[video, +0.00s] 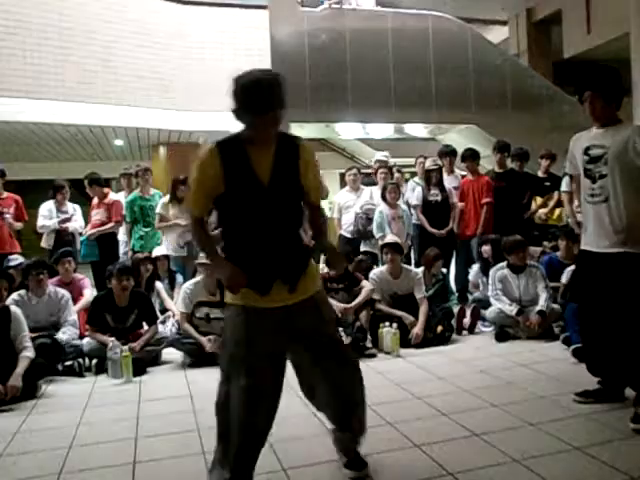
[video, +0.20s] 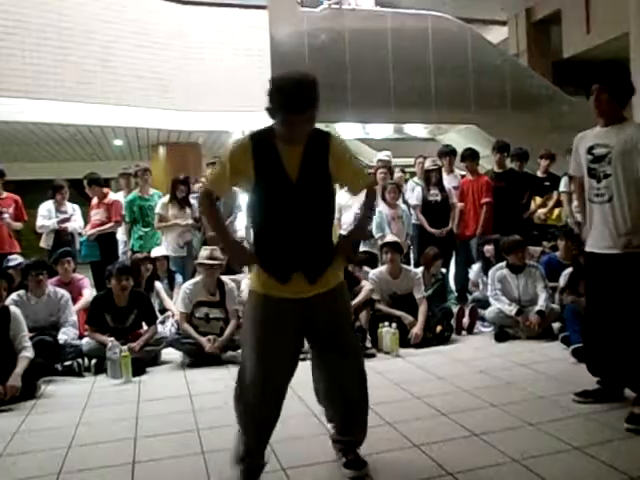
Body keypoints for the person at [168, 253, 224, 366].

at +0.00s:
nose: (208, 270)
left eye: (211, 266)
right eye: (203, 266)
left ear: (218, 267)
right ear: (198, 268)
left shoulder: (226, 289)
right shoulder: (189, 288)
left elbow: (233, 317)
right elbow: (183, 321)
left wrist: (223, 340)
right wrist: (202, 340)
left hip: (221, 336)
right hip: (196, 333)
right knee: (175, 341)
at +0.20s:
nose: (211, 271)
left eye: (215, 267)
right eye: (207, 267)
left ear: (221, 268)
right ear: (199, 268)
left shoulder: (228, 287)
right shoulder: (189, 288)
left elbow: (234, 319)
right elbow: (182, 322)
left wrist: (221, 341)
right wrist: (202, 340)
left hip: (221, 334)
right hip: (196, 334)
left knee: (238, 343)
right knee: (174, 341)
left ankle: (198, 359)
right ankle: (223, 357)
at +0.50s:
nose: (210, 271)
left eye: (214, 267)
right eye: (206, 267)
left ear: (220, 269)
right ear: (199, 269)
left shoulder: (228, 289)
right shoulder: (188, 289)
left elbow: (234, 320)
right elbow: (182, 323)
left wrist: (221, 342)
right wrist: (201, 341)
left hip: (222, 334)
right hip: (197, 334)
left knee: (251, 337)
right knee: (173, 342)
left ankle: (200, 360)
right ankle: (221, 358)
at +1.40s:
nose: (207, 261)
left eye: (211, 257)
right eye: (203, 257)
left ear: (217, 259)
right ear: (196, 259)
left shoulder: (225, 279)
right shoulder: (185, 279)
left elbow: (230, 310)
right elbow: (177, 311)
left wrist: (217, 332)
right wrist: (197, 331)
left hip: (217, 325)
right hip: (192, 325)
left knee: (239, 332)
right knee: (169, 332)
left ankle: (190, 350)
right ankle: (217, 349)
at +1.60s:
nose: (202, 238)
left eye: (205, 233)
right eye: (197, 234)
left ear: (212, 235)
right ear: (191, 235)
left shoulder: (219, 256)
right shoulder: (180, 256)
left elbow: (225, 287)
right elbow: (172, 287)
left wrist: (212, 309)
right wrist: (192, 307)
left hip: (211, 301)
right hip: (187, 301)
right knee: (183, 323)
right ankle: (216, 324)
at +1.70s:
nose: (202, 241)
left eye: (206, 237)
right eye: (198, 237)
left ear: (213, 237)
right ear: (191, 238)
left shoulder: (221, 258)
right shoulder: (182, 258)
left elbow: (227, 289)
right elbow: (175, 290)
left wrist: (214, 311)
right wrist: (195, 310)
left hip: (214, 302)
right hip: (190, 302)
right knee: (184, 327)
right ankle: (220, 326)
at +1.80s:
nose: (202, 239)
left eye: (206, 235)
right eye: (198, 235)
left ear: (213, 237)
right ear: (192, 238)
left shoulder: (222, 257)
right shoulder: (182, 258)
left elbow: (228, 288)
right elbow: (175, 290)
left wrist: (214, 311)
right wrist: (195, 309)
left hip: (215, 303)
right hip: (191, 303)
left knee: (241, 304)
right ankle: (218, 326)